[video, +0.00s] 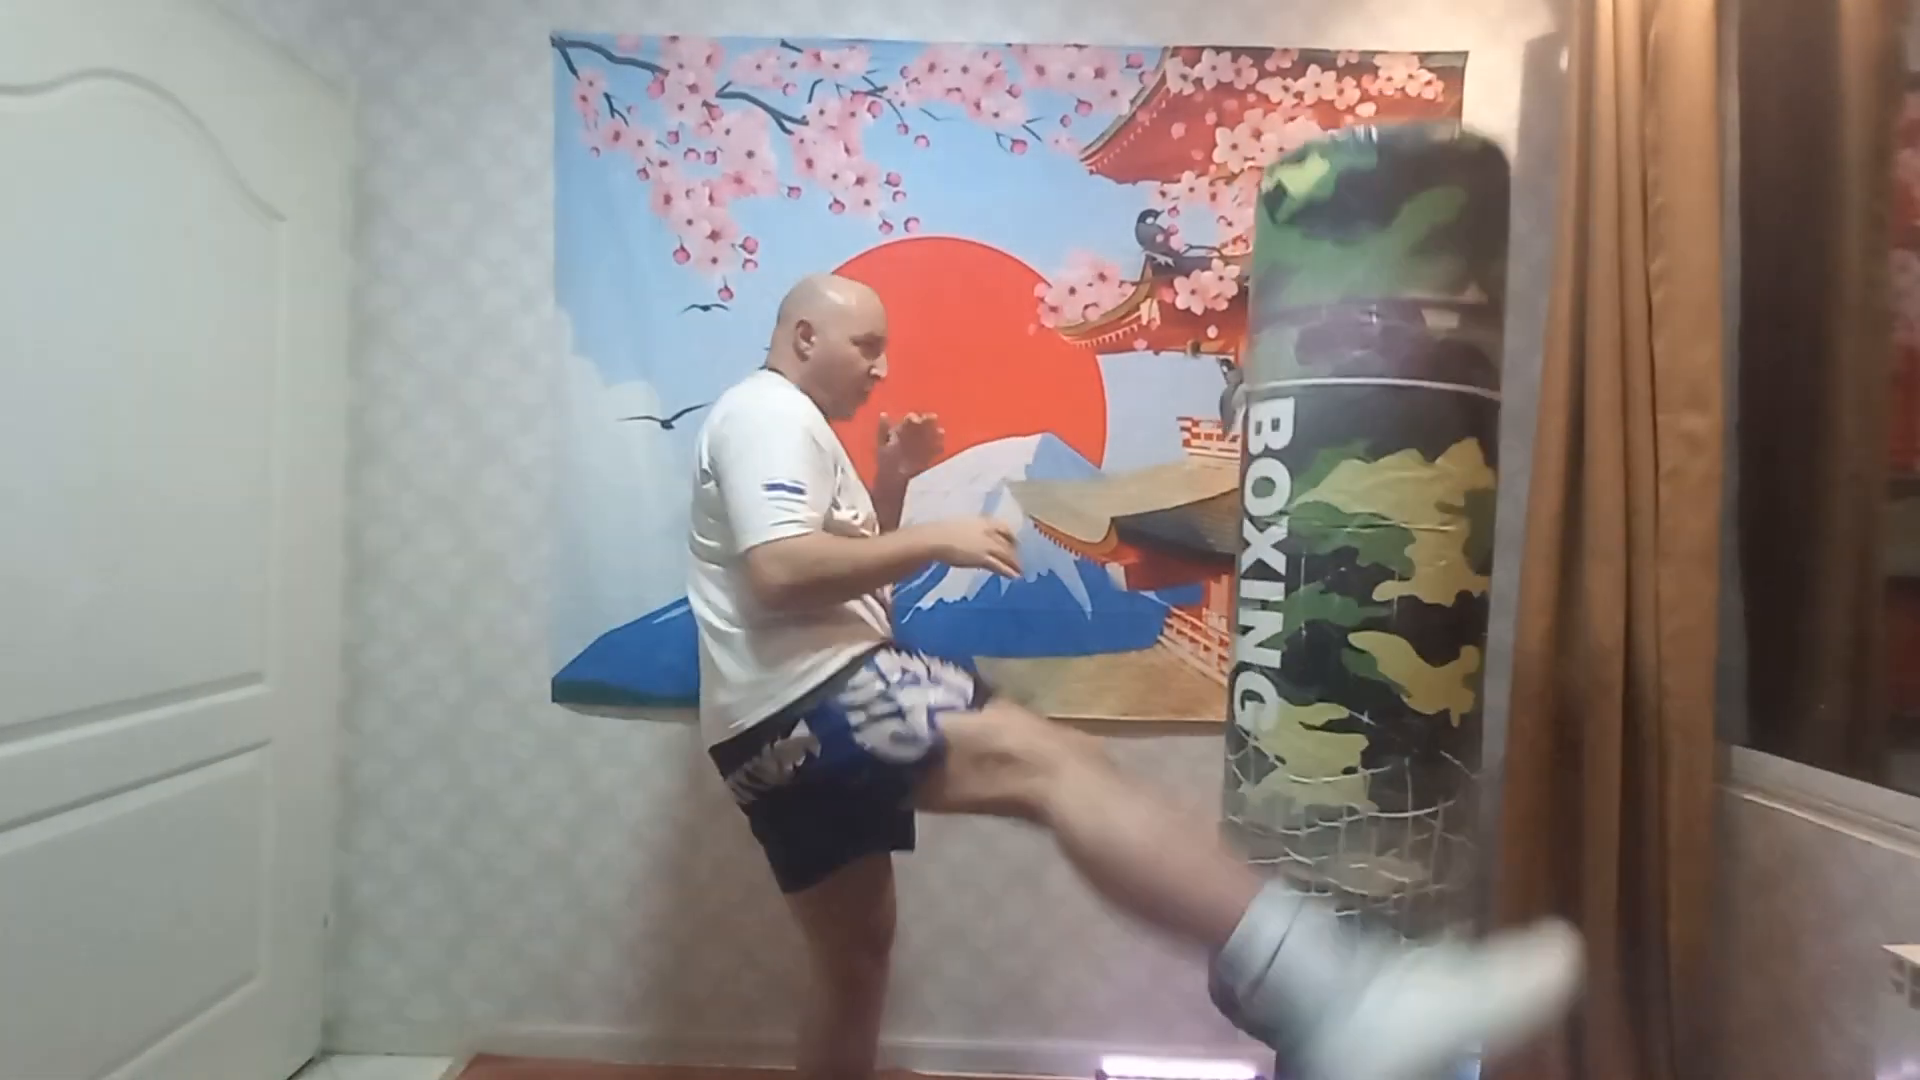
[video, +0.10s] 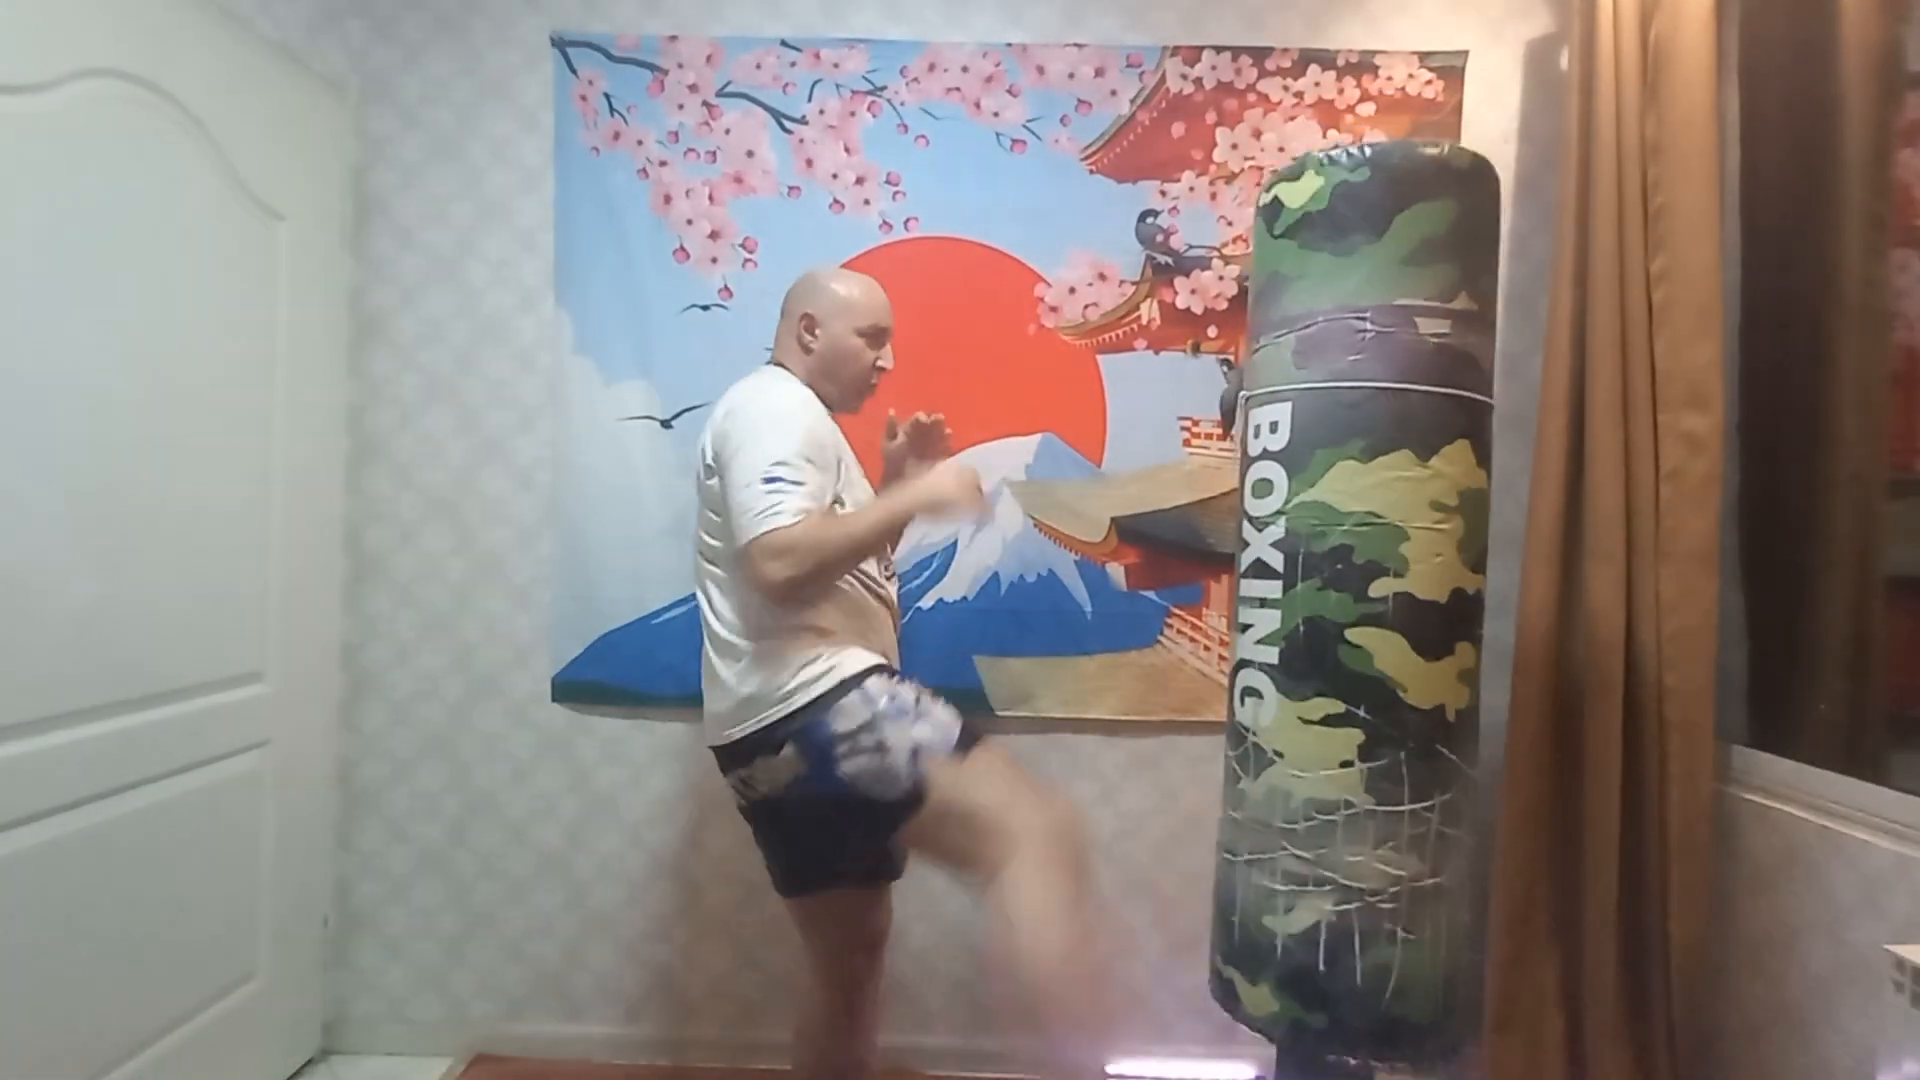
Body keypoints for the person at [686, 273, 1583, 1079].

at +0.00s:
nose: (877, 370)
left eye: (879, 354)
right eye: (863, 348)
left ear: (809, 343)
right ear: (798, 336)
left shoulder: (787, 429)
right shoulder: (768, 411)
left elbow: (816, 576)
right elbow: (777, 569)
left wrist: (887, 505)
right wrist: (933, 541)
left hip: (780, 719)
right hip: (811, 695)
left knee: (850, 971)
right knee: (1057, 763)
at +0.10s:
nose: (885, 358)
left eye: (887, 341)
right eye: (871, 337)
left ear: (808, 337)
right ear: (807, 332)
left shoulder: (799, 421)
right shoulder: (772, 405)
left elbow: (837, 567)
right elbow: (777, 560)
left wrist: (895, 486)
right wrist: (910, 500)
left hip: (769, 729)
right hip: (820, 701)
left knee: (846, 961)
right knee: (1032, 832)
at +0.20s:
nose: (886, 350)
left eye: (888, 332)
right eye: (870, 329)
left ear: (802, 331)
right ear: (805, 325)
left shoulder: (777, 403)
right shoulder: (782, 398)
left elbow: (854, 553)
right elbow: (846, 529)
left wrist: (902, 461)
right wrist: (951, 427)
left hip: (782, 737)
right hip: (812, 733)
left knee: (848, 989)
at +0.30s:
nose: (883, 342)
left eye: (885, 325)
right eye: (868, 320)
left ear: (806, 321)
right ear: (801, 316)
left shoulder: (822, 416)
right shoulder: (762, 395)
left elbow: (885, 561)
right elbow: (947, 448)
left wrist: (901, 471)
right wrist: (1097, 369)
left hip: (849, 751)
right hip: (778, 759)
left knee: (841, 1031)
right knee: (817, 1036)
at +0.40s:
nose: (888, 333)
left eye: (889, 315)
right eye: (868, 310)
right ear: (797, 311)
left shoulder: (859, 431)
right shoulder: (744, 391)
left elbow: (923, 569)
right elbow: (918, 449)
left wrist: (914, 473)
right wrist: (1102, 380)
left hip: (867, 769)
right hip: (747, 781)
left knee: (907, 965)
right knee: (705, 1039)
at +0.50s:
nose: (906, 323)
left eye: (907, 304)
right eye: (886, 301)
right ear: (810, 301)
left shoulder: (899, 426)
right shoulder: (724, 403)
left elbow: (1006, 504)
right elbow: (789, 539)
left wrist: (1002, 407)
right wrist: (980, 463)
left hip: (872, 772)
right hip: (738, 784)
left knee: (948, 955)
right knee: (688, 1050)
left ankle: (912, 1078)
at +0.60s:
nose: (935, 324)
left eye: (936, 304)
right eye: (915, 301)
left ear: (858, 305)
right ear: (840, 302)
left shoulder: (947, 414)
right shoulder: (735, 403)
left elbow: (1085, 403)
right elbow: (736, 571)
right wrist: (925, 513)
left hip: (884, 781)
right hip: (743, 799)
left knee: (949, 989)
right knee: (697, 1049)